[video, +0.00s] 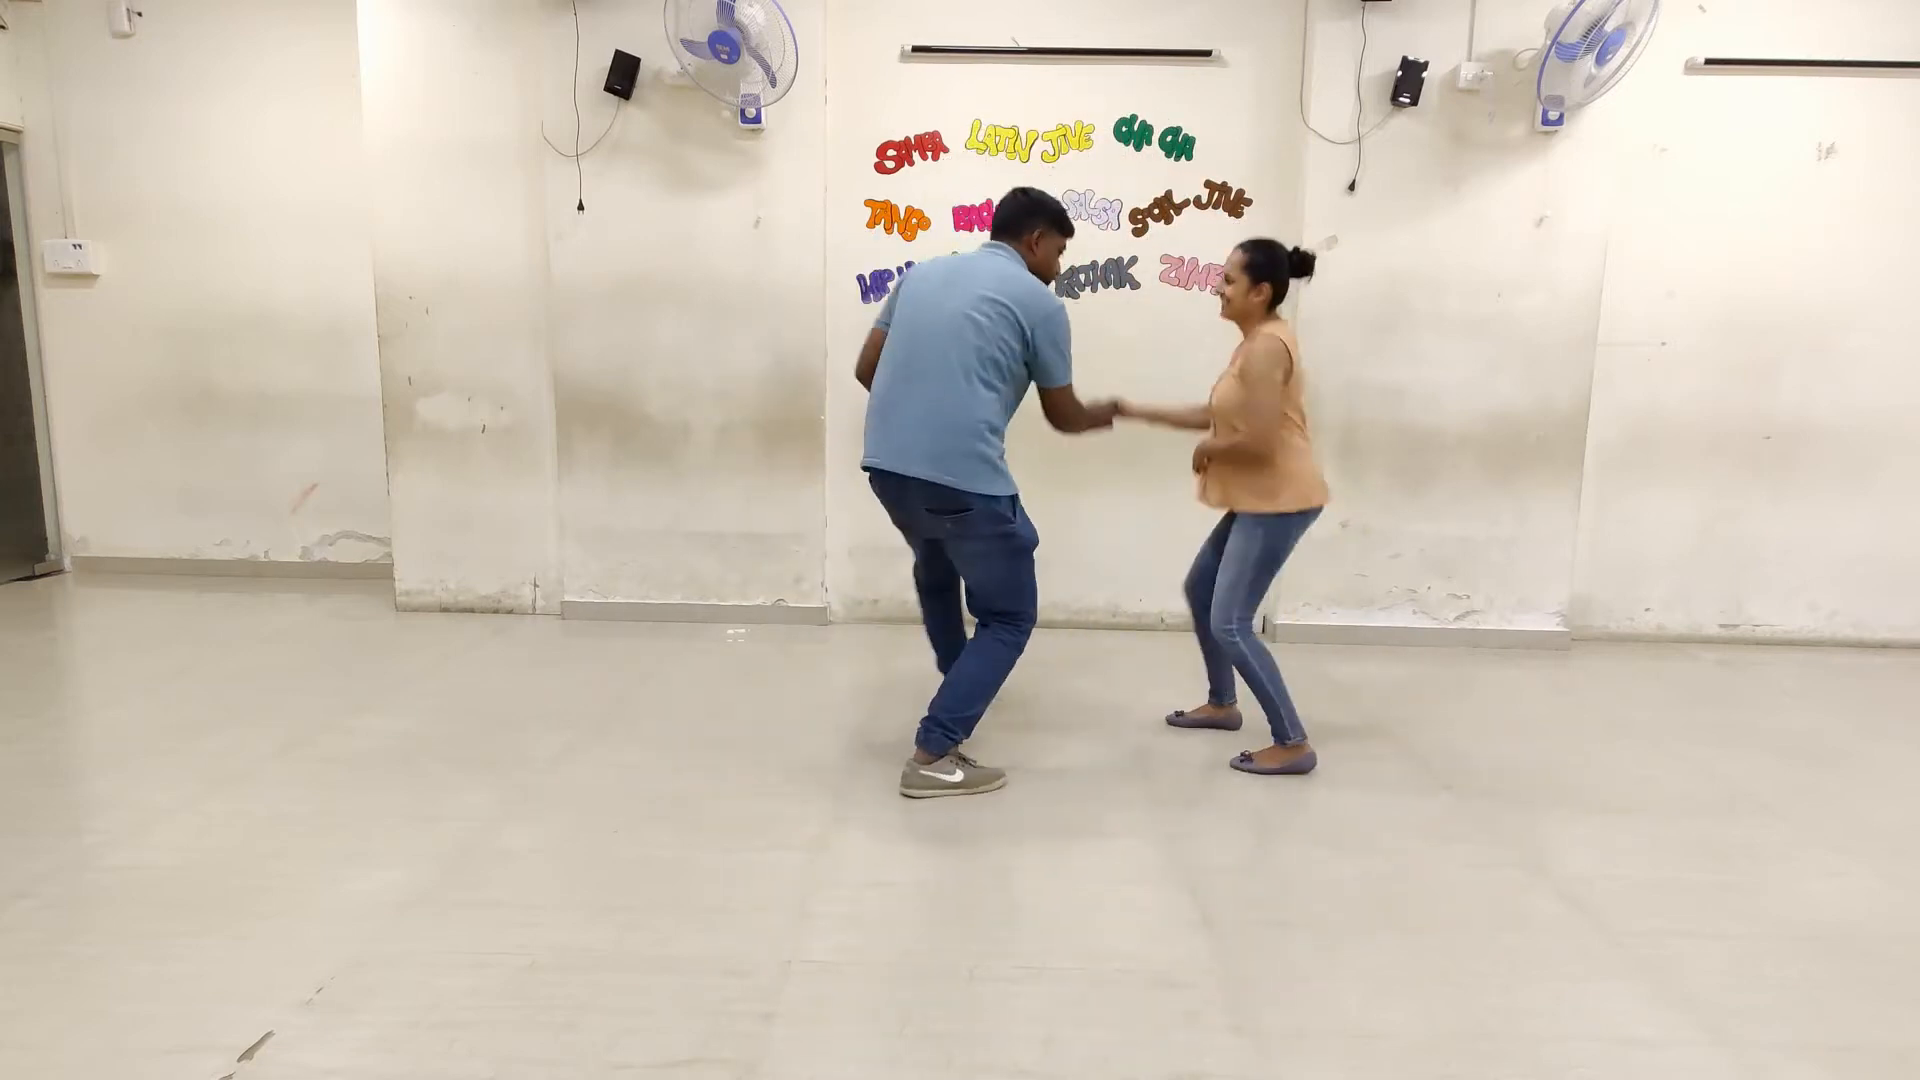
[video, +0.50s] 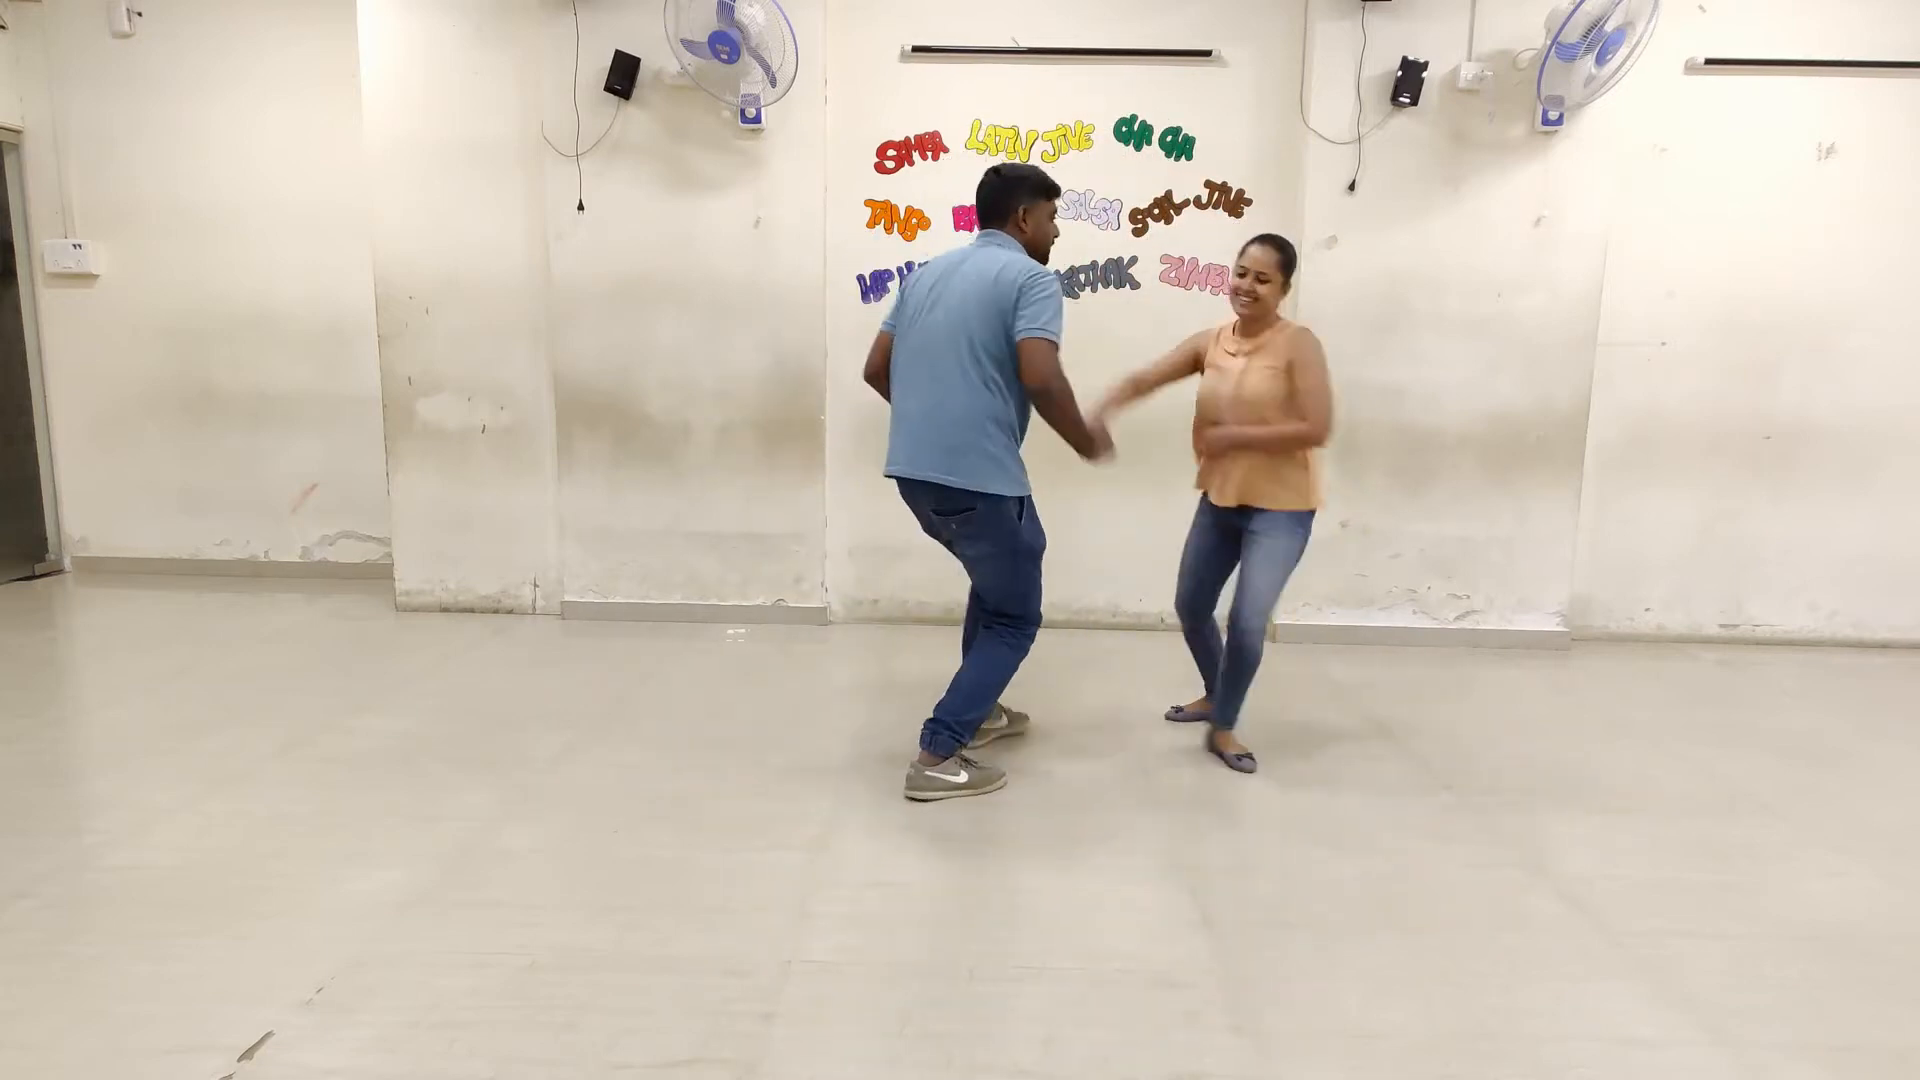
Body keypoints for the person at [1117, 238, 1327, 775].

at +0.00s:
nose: (1219, 290)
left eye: (1229, 281)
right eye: (1222, 279)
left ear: (1262, 291)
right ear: (1258, 290)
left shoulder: (1267, 346)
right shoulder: (1255, 343)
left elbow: (1257, 435)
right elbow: (1216, 415)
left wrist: (1205, 450)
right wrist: (1137, 412)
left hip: (1282, 502)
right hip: (1259, 500)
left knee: (1230, 621)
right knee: (1200, 589)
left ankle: (1293, 744)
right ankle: (1223, 704)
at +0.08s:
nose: (1222, 279)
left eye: (1231, 270)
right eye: (1224, 268)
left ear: (1263, 280)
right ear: (1264, 280)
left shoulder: (1257, 334)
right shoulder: (1273, 326)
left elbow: (1236, 429)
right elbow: (1209, 393)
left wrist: (1207, 433)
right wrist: (1134, 386)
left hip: (1267, 490)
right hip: (1288, 486)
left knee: (1238, 618)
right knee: (1216, 583)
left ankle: (1292, 745)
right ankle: (1224, 703)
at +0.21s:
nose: (1223, 281)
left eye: (1233, 274)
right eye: (1226, 271)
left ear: (1265, 281)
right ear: (1268, 282)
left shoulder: (1249, 334)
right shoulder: (1280, 330)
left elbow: (1216, 429)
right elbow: (1198, 376)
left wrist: (1205, 425)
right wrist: (1119, 375)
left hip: (1254, 489)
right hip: (1298, 488)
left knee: (1253, 619)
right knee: (1223, 585)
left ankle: (1291, 747)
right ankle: (1225, 702)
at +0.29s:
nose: (1224, 279)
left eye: (1234, 272)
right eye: (1226, 270)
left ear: (1267, 279)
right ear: (1268, 281)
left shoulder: (1253, 329)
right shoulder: (1272, 325)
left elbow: (1218, 423)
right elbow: (1191, 364)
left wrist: (1204, 417)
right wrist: (1109, 354)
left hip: (1257, 483)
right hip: (1289, 481)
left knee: (1252, 615)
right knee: (1219, 584)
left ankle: (1292, 746)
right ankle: (1225, 703)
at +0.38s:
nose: (1227, 275)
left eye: (1238, 268)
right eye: (1226, 265)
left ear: (1271, 275)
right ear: (1233, 268)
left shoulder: (1271, 320)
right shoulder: (1231, 323)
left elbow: (1243, 397)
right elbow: (1158, 342)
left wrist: (1209, 413)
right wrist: (1092, 337)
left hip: (1277, 482)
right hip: (1249, 482)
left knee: (1240, 604)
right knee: (1210, 587)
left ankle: (1284, 735)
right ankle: (1224, 700)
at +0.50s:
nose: (1246, 286)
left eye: (1261, 279)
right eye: (1241, 274)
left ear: (1284, 288)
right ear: (1231, 276)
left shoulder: (1299, 344)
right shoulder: (1212, 341)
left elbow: (1316, 428)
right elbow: (1148, 379)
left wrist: (1230, 435)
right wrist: (1101, 410)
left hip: (1281, 507)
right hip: (1220, 501)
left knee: (1247, 621)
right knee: (1191, 605)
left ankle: (1223, 729)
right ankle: (1216, 696)